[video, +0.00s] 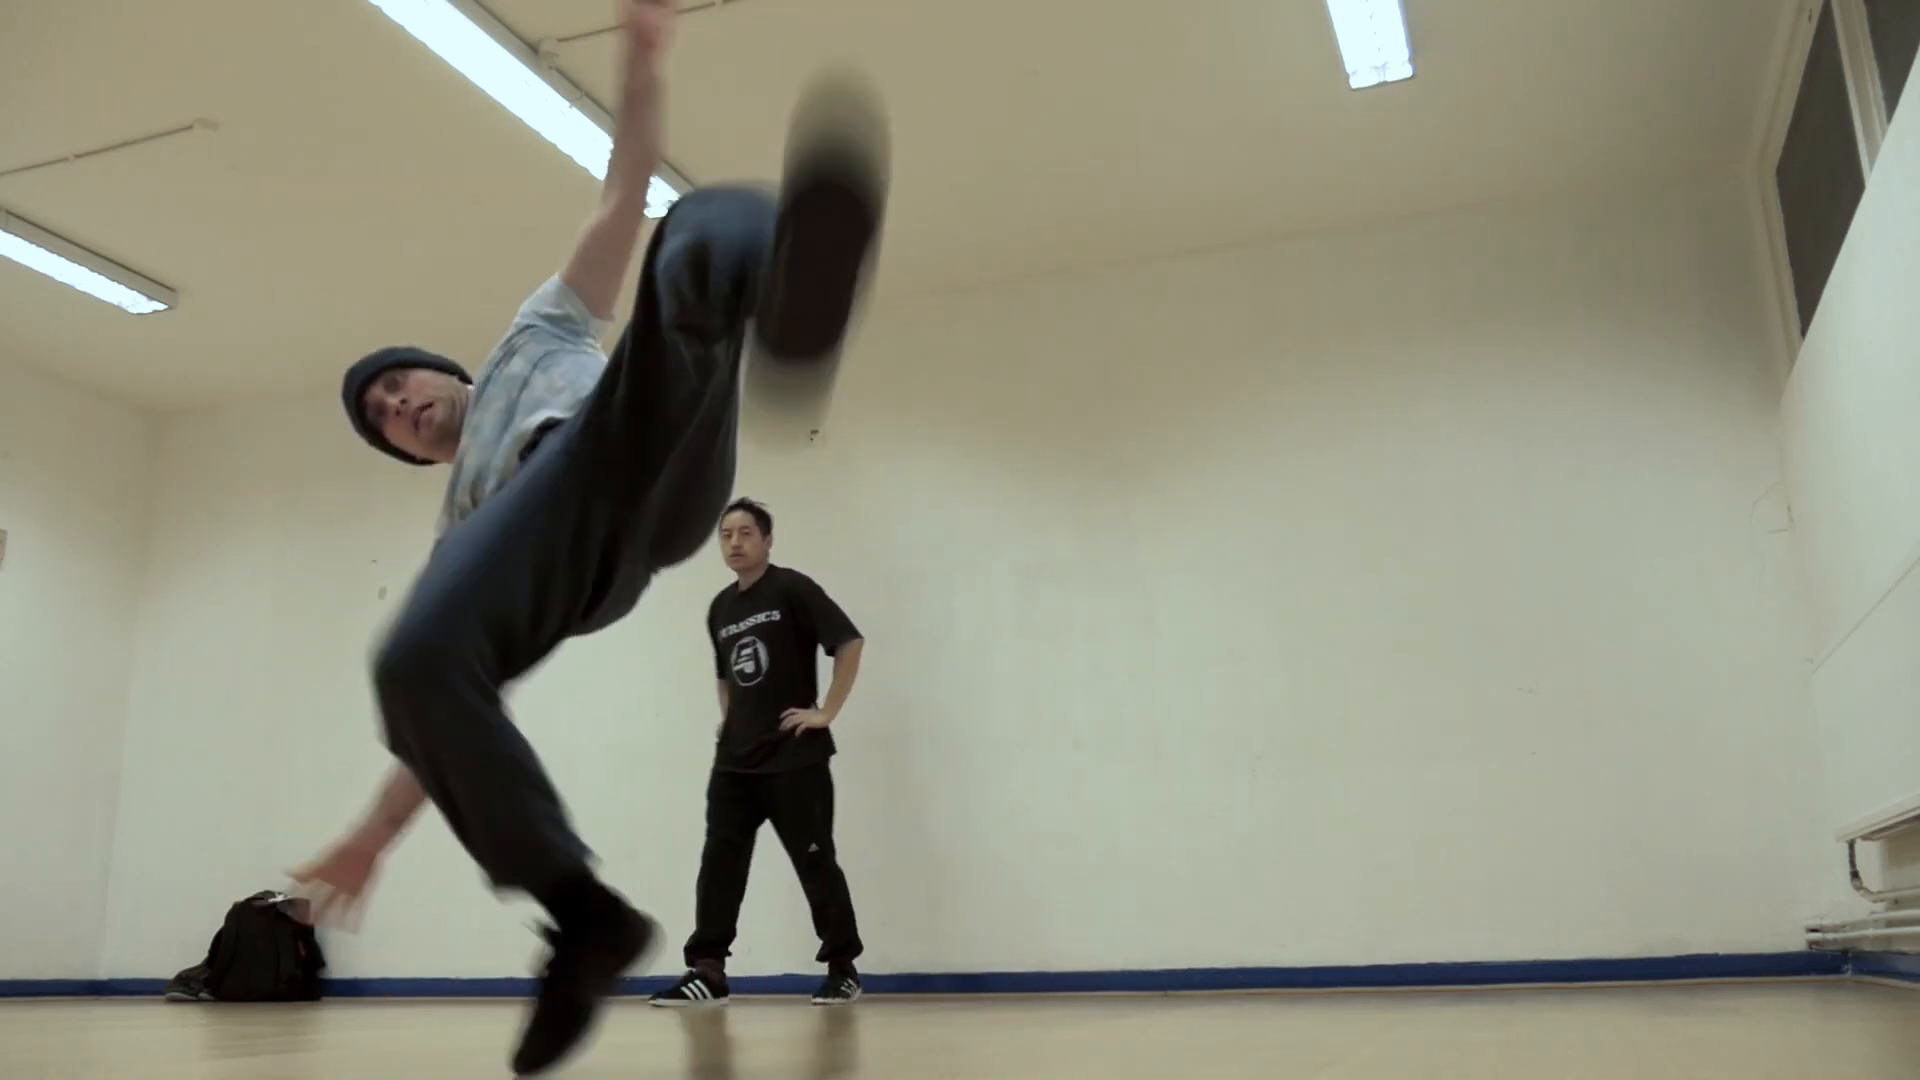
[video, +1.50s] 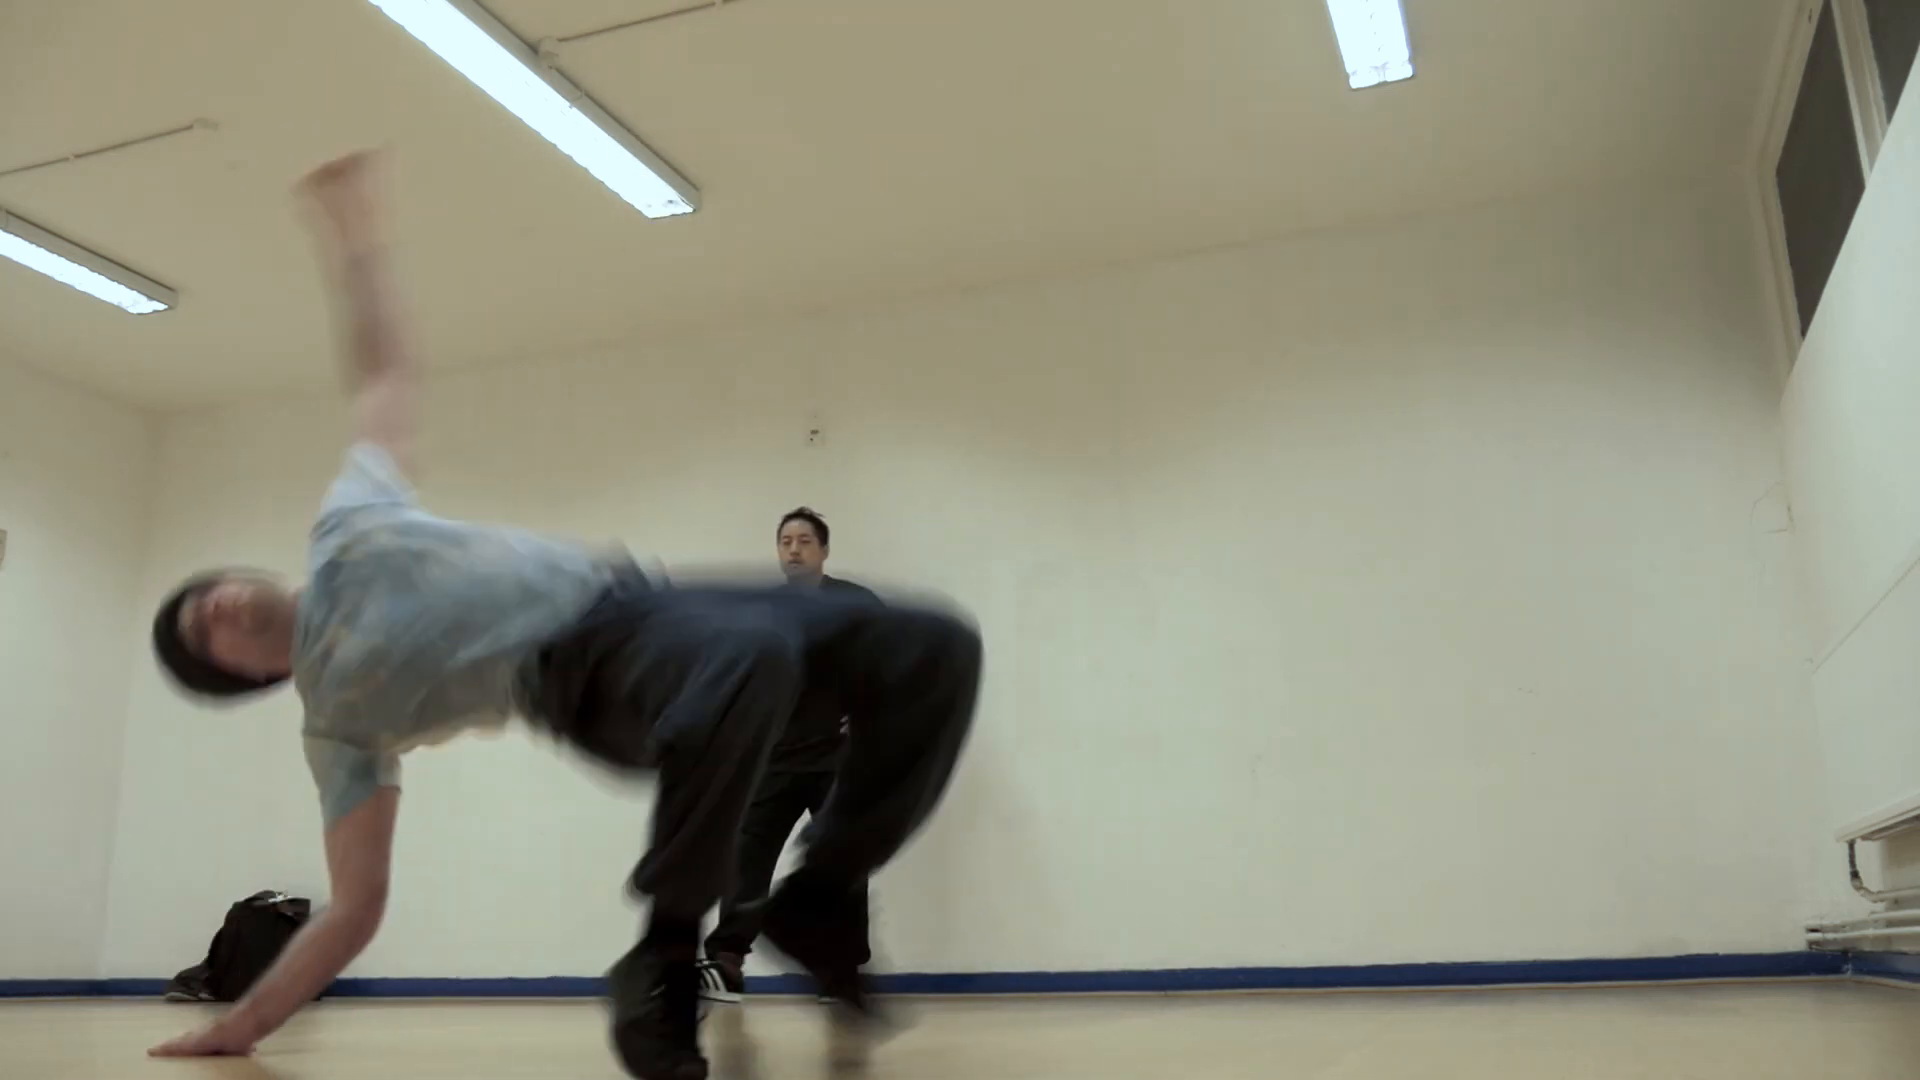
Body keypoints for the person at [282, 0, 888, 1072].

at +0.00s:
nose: (400, 411)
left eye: (398, 389)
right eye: (385, 426)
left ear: (439, 367)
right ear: (407, 454)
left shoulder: (542, 332)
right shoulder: (465, 520)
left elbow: (626, 197)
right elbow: (441, 707)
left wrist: (643, 58)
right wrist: (368, 845)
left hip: (644, 452)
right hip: (560, 543)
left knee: (693, 230)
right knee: (416, 663)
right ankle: (589, 920)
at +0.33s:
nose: (387, 654)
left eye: (387, 632)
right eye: (374, 646)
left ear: (428, 597)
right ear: (390, 641)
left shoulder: (522, 601)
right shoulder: (443, 733)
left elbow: (362, 629)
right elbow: (510, 864)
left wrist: (200, 716)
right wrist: (503, 1039)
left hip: (620, 871)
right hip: (525, 926)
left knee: (727, 728)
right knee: (393, 926)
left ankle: (615, 1009)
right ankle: (194, 972)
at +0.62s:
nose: (306, 723)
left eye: (303, 700)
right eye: (292, 727)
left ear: (342, 667)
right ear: (310, 732)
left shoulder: (389, 681)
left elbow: (371, 869)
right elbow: (508, 884)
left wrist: (358, 1029)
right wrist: (493, 1010)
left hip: (611, 876)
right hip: (558, 962)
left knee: (534, 675)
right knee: (539, 1024)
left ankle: (482, 618)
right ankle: (804, 1020)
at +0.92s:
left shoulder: (404, 700)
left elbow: (384, 864)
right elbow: (645, 725)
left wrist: (361, 1030)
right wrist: (548, 850)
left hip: (424, 640)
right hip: (562, 566)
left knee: (552, 885)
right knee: (739, 775)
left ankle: (629, 887)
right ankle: (896, 921)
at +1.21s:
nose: (645, 454)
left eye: (667, 440)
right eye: (622, 440)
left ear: (694, 473)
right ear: (586, 467)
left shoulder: (693, 626)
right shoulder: (522, 527)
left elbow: (687, 759)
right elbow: (322, 538)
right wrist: (213, 424)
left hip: (602, 877)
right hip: (473, 873)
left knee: (806, 731)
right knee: (629, 691)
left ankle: (716, 991)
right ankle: (585, 1004)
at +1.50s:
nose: (223, 608)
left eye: (213, 594)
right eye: (209, 638)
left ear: (251, 570)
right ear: (240, 678)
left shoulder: (357, 518)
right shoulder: (339, 722)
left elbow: (384, 367)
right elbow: (352, 911)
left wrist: (351, 224)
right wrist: (239, 1030)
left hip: (649, 603)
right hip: (589, 675)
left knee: (933, 648)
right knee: (758, 654)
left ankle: (819, 901)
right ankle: (670, 949)